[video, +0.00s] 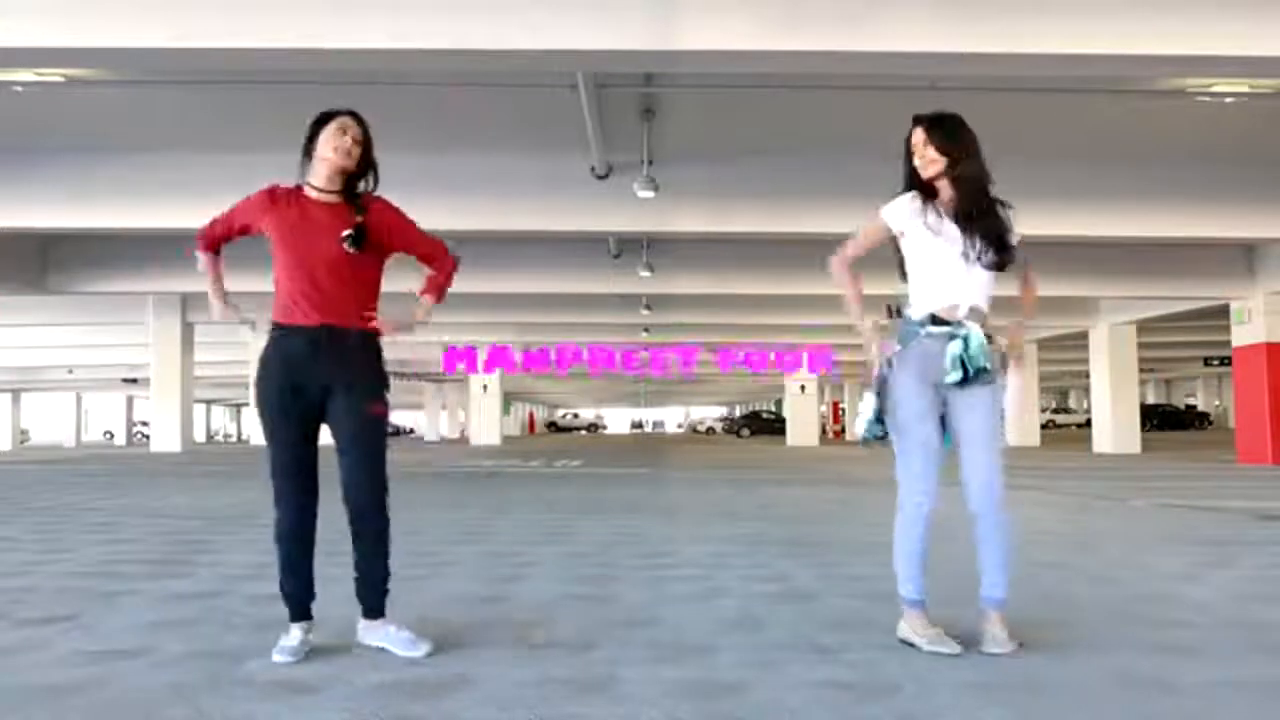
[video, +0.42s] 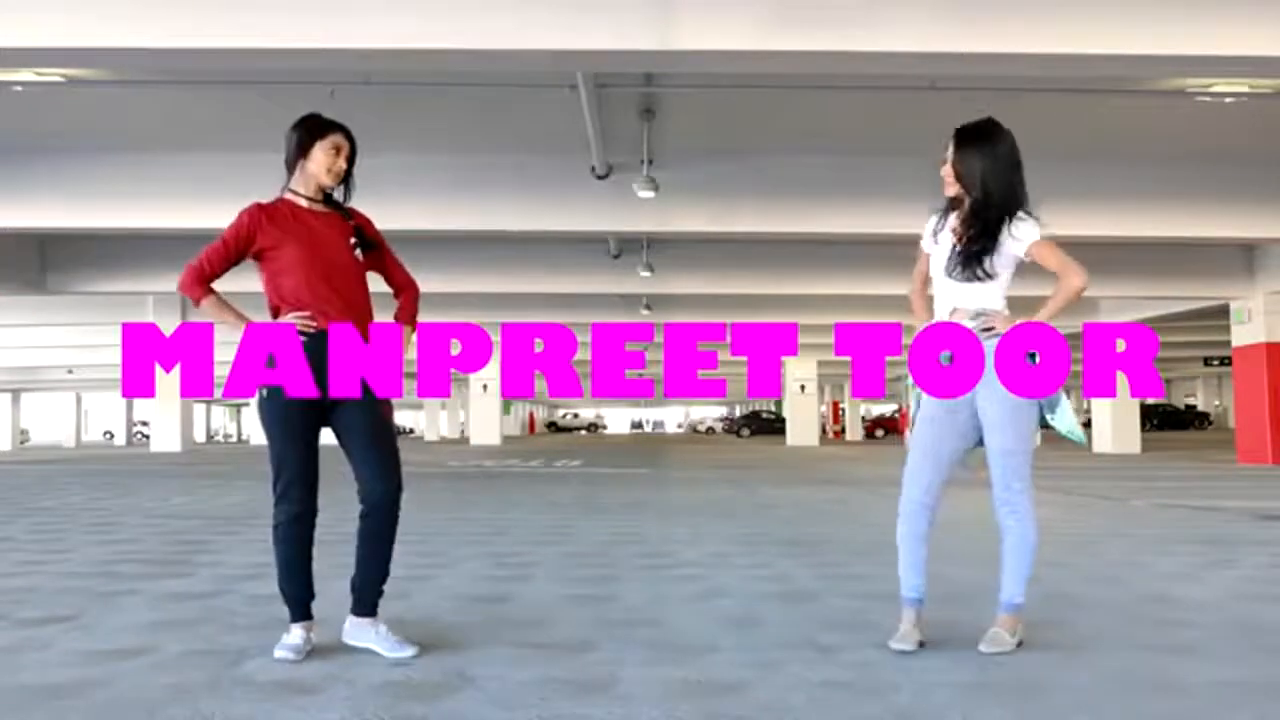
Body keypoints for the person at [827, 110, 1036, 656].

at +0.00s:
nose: (920, 160)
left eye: (928, 150)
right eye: (914, 152)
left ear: (956, 150)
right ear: (914, 158)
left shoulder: (991, 215)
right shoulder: (907, 210)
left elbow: (1028, 285)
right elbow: (842, 260)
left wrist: (1014, 329)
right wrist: (866, 323)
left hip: (976, 354)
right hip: (917, 350)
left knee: (986, 490)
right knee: (918, 488)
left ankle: (993, 614)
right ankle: (912, 613)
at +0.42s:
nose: (943, 168)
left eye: (953, 162)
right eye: (945, 159)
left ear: (978, 171)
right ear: (955, 166)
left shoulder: (1012, 229)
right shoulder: (941, 223)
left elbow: (1074, 276)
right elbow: (919, 286)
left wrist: (1030, 324)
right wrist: (928, 332)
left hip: (1002, 374)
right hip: (946, 373)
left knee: (1011, 495)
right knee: (916, 492)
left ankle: (1009, 615)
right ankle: (910, 612)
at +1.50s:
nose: (997, 153)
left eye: (1010, 151)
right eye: (991, 143)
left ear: (1017, 172)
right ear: (970, 156)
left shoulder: (1026, 223)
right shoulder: (941, 227)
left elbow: (1095, 266)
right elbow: (914, 289)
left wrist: (1056, 325)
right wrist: (936, 333)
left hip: (1021, 359)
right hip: (963, 363)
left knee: (1016, 490)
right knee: (950, 490)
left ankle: (1012, 613)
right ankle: (984, 575)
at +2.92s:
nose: (922, 167)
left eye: (933, 162)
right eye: (926, 159)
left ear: (957, 175)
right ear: (932, 171)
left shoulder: (979, 233)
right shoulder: (906, 232)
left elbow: (1045, 282)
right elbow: (881, 294)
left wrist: (1000, 330)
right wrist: (895, 328)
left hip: (960, 359)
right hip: (913, 360)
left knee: (958, 486)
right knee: (926, 489)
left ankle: (942, 606)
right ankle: (989, 575)